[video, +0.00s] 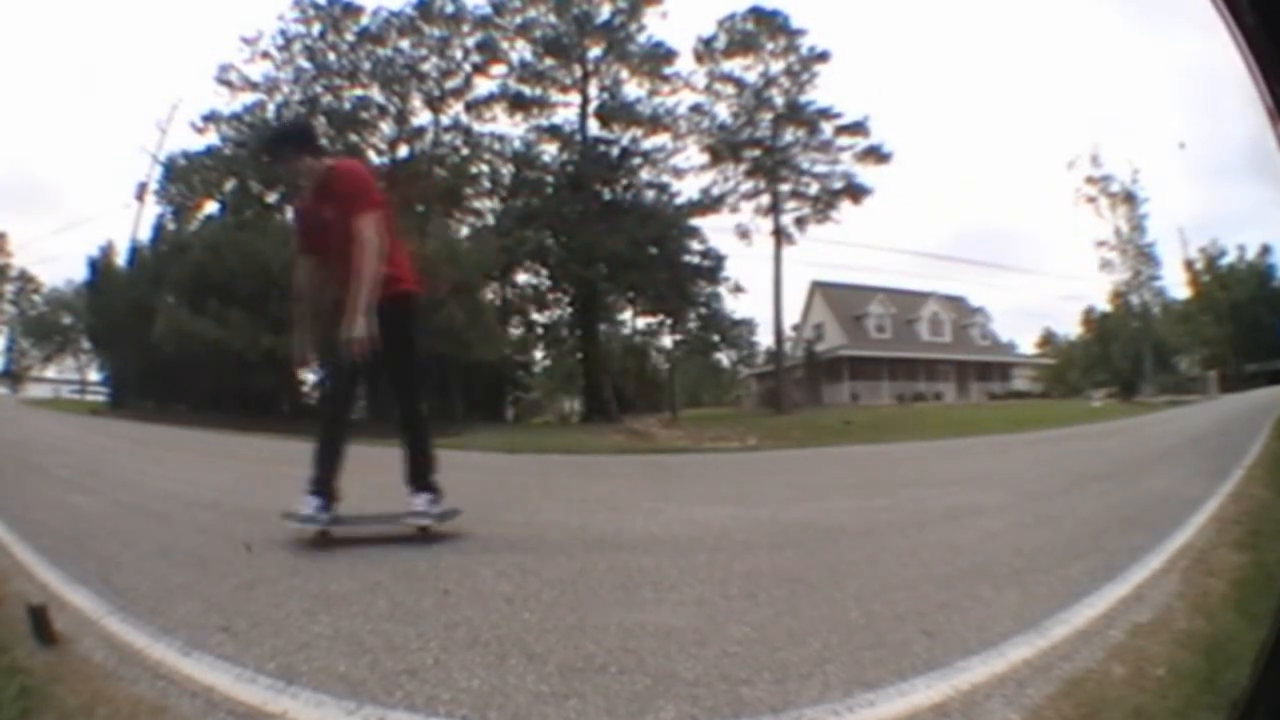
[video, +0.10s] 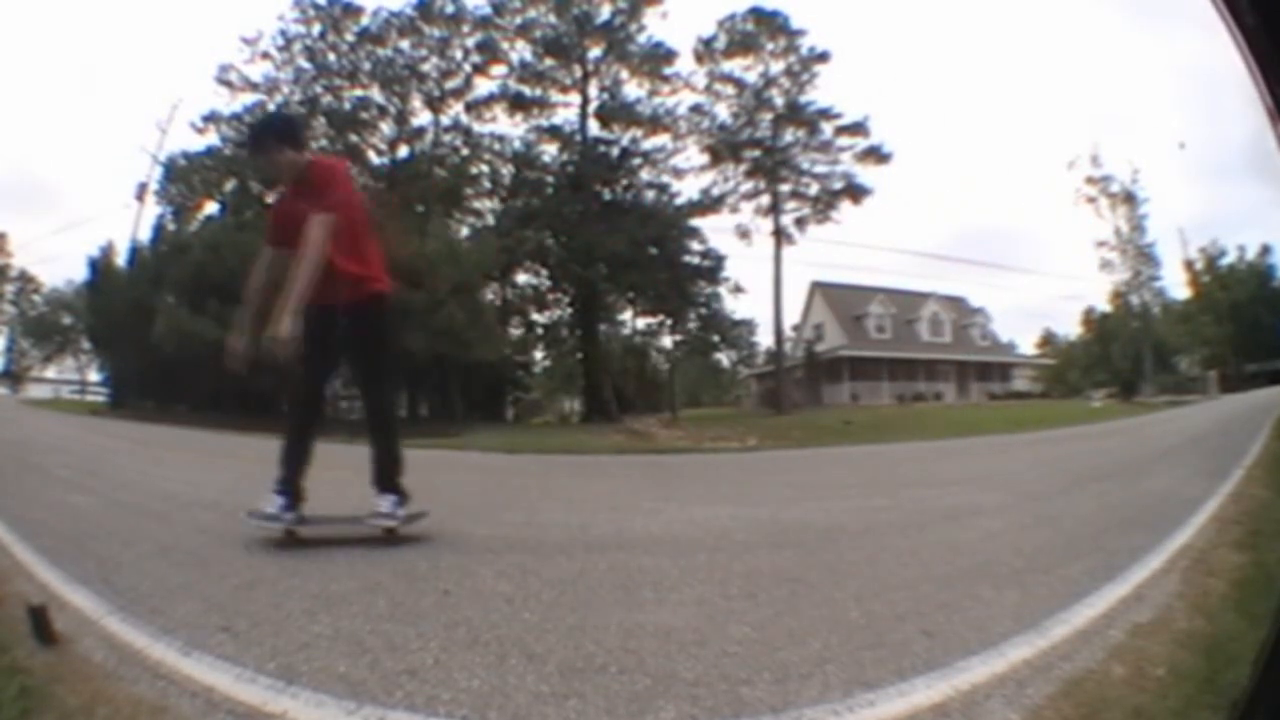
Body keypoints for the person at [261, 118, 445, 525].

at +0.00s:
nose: (288, 175)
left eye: (289, 165)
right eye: (282, 168)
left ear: (305, 154)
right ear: (287, 166)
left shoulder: (350, 175)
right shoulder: (306, 208)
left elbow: (370, 248)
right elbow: (307, 275)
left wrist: (360, 314)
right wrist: (305, 339)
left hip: (389, 298)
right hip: (347, 304)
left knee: (405, 392)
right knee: (335, 396)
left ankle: (424, 488)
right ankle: (322, 495)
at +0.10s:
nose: (263, 169)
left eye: (267, 157)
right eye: (259, 160)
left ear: (289, 149)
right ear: (269, 157)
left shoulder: (331, 177)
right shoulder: (285, 205)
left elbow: (315, 250)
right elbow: (266, 268)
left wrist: (288, 315)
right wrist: (243, 329)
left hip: (365, 303)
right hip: (321, 307)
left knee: (378, 397)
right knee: (305, 395)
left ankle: (391, 491)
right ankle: (288, 494)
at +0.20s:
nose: (245, 155)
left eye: (250, 144)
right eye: (241, 147)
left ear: (273, 138)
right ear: (244, 146)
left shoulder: (307, 171)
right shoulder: (261, 189)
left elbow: (276, 238)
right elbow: (232, 246)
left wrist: (229, 299)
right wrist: (190, 305)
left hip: (335, 300)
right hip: (293, 302)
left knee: (347, 395)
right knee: (276, 393)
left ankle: (362, 492)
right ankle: (258, 493)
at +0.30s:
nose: (230, 147)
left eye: (234, 136)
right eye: (226, 139)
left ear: (254, 129)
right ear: (231, 138)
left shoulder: (283, 164)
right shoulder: (241, 182)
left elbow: (253, 233)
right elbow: (203, 236)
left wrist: (194, 278)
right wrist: (151, 283)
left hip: (304, 298)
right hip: (263, 300)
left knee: (312, 394)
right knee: (246, 394)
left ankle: (332, 493)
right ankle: (229, 495)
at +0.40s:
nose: (218, 133)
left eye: (223, 124)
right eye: (215, 125)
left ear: (242, 120)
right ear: (217, 124)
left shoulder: (269, 161)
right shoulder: (220, 174)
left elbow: (237, 224)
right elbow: (185, 227)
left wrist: (181, 264)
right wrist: (135, 267)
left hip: (273, 293)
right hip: (232, 294)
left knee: (283, 391)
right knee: (216, 390)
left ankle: (301, 491)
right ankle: (200, 494)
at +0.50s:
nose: (204, 123)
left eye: (212, 115)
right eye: (205, 115)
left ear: (226, 113)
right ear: (208, 116)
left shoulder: (243, 154)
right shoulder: (199, 168)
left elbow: (226, 220)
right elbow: (169, 229)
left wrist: (172, 269)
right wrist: (125, 267)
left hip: (240, 291)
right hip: (200, 293)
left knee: (250, 391)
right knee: (181, 390)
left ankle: (269, 491)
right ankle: (171, 496)